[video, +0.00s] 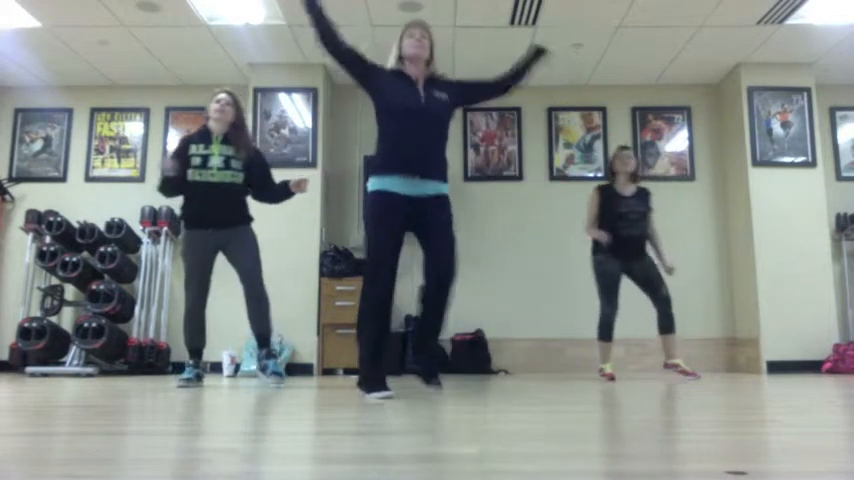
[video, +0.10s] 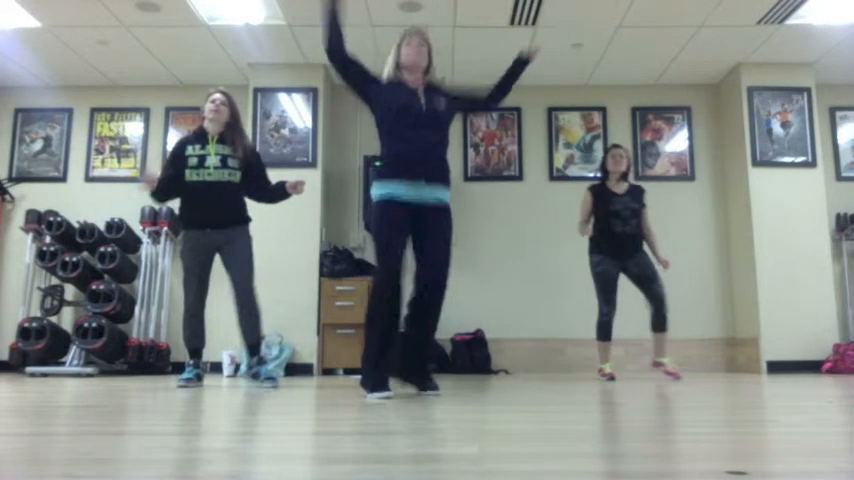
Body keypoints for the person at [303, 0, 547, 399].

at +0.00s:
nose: (416, 40)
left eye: (422, 37)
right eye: (410, 37)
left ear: (431, 48)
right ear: (400, 46)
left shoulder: (448, 91)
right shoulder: (381, 80)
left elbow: (501, 87)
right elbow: (337, 47)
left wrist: (530, 58)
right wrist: (313, 7)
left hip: (433, 197)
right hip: (387, 195)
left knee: (442, 275)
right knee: (380, 281)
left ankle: (424, 358)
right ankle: (371, 375)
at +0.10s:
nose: (414, 49)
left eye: (420, 46)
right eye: (408, 45)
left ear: (430, 57)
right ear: (397, 54)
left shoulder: (444, 99)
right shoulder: (380, 92)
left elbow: (492, 100)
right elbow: (338, 55)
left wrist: (522, 61)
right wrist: (332, 7)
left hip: (434, 199)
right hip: (391, 196)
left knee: (434, 283)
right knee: (388, 281)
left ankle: (414, 366)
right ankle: (375, 373)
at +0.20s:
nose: (417, 58)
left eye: (422, 55)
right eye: (410, 54)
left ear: (430, 65)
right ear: (398, 63)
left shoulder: (442, 110)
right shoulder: (383, 100)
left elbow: (484, 112)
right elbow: (344, 62)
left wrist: (507, 77)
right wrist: (348, 18)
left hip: (434, 208)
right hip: (394, 205)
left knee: (437, 289)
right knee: (395, 287)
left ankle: (415, 375)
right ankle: (375, 377)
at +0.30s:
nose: (423, 58)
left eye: (426, 52)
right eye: (419, 51)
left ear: (430, 58)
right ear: (406, 55)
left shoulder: (437, 96)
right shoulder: (397, 85)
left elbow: (458, 89)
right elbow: (386, 43)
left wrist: (468, 57)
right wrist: (384, 7)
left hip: (432, 197)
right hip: (404, 195)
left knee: (433, 280)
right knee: (404, 278)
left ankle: (424, 363)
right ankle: (384, 364)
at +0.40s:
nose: (430, 44)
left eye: (430, 38)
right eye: (424, 38)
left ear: (426, 44)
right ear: (411, 41)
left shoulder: (426, 72)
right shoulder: (407, 69)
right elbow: (404, 38)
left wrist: (442, 59)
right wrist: (409, 11)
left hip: (423, 169)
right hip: (416, 169)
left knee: (418, 258)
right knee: (418, 258)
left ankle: (420, 348)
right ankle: (413, 349)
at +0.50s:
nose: (431, 25)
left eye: (423, 22)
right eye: (426, 21)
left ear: (399, 32)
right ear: (424, 27)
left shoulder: (401, 64)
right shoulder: (425, 50)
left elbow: (389, 92)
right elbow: (457, 18)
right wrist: (457, 4)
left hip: (406, 167)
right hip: (427, 168)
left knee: (411, 257)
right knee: (429, 257)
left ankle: (403, 347)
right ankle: (419, 352)